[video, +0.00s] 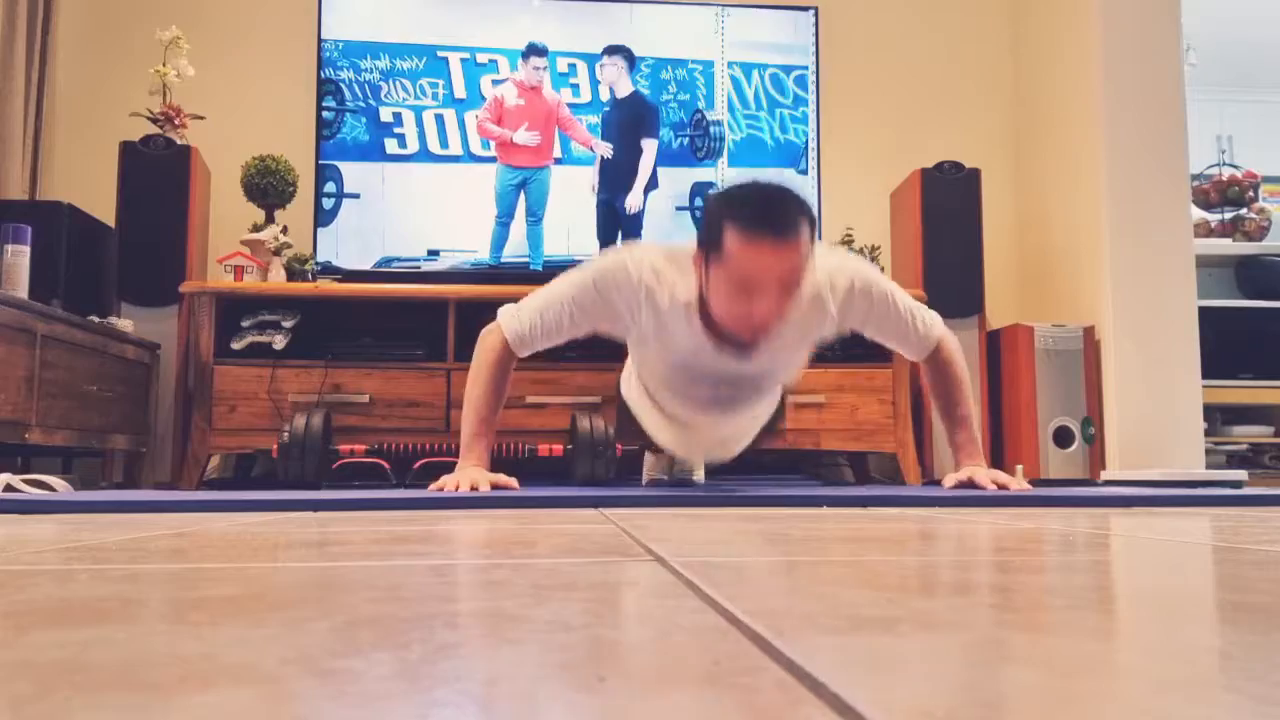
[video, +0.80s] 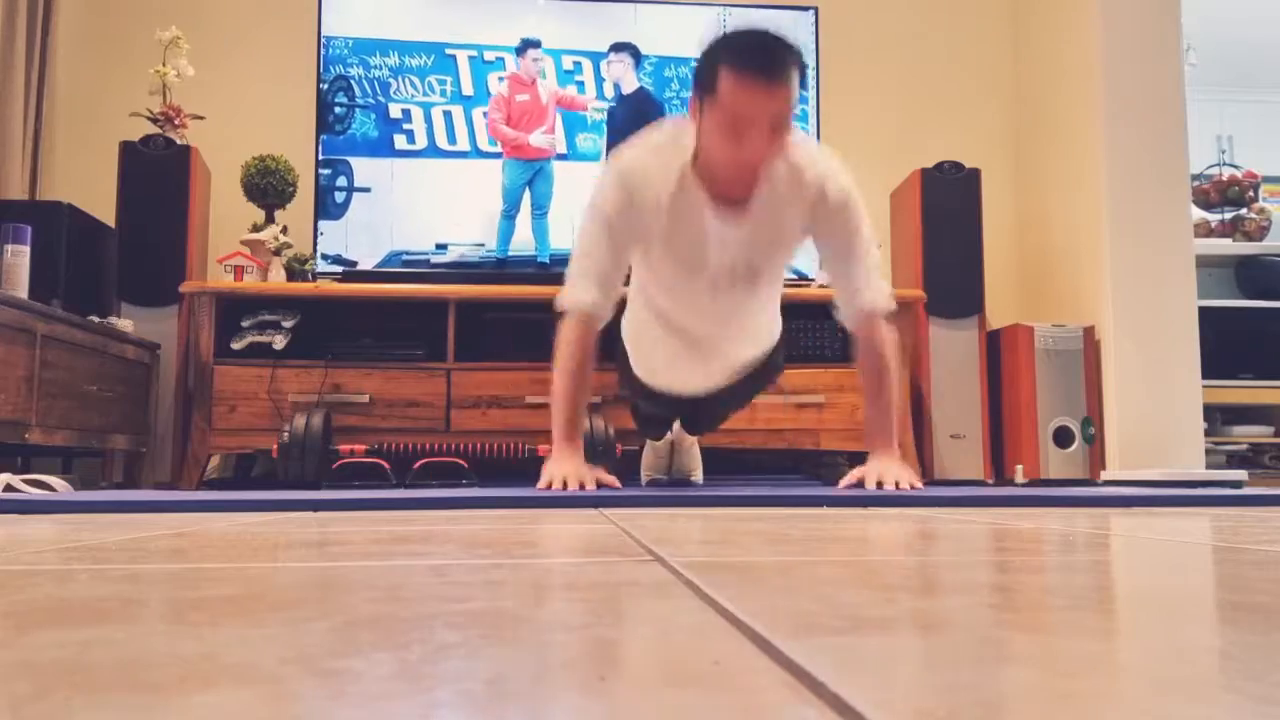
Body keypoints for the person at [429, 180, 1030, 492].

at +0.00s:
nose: (762, 308)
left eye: (781, 288)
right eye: (744, 287)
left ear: (805, 268)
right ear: (704, 264)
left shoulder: (834, 285)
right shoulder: (631, 279)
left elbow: (936, 343)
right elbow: (500, 338)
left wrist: (969, 460)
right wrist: (471, 459)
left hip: (747, 432)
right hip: (644, 424)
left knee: (721, 459)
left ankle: (694, 472)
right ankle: (642, 466)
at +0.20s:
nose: (756, 116)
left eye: (776, 90)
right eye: (733, 92)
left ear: (790, 78)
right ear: (694, 76)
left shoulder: (815, 150)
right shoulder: (637, 145)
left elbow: (873, 288)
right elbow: (568, 292)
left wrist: (877, 411)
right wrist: (566, 428)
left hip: (747, 319)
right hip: (653, 313)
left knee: (709, 401)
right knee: (652, 402)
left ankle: (685, 436)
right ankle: (656, 440)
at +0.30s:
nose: (758, 226)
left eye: (779, 203)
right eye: (738, 202)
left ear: (798, 190)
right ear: (699, 184)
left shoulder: (828, 225)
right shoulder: (634, 219)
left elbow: (892, 343)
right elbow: (544, 338)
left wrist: (885, 461)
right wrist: (560, 464)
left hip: (743, 378)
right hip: (647, 376)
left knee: (700, 420)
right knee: (648, 422)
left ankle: (682, 440)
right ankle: (656, 442)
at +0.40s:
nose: (762, 370)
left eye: (784, 349)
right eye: (745, 348)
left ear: (810, 324)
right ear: (703, 321)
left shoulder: (843, 307)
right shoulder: (638, 307)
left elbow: (930, 358)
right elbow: (524, 350)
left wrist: (892, 461)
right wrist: (558, 463)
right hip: (643, 446)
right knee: (645, 572)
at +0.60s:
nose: (768, 411)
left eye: (787, 392)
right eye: (748, 391)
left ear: (813, 362)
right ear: (705, 359)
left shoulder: (838, 341)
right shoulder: (640, 339)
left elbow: (932, 360)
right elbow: (519, 352)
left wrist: (889, 462)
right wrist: (559, 463)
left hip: (750, 470)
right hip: (650, 469)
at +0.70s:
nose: (761, 294)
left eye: (781, 274)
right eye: (742, 271)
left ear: (802, 259)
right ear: (701, 253)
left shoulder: (835, 277)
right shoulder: (633, 269)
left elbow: (920, 353)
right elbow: (527, 351)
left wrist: (891, 459)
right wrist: (560, 463)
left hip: (747, 421)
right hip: (656, 413)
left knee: (718, 450)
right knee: (663, 444)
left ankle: (695, 460)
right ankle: (667, 462)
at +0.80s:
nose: (755, 150)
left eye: (774, 129)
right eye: (736, 127)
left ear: (791, 124)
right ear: (697, 111)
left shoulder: (819, 181)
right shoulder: (635, 172)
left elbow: (871, 315)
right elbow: (581, 310)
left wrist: (886, 452)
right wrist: (565, 452)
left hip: (749, 346)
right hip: (652, 341)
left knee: (705, 416)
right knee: (653, 413)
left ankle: (686, 440)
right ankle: (656, 440)